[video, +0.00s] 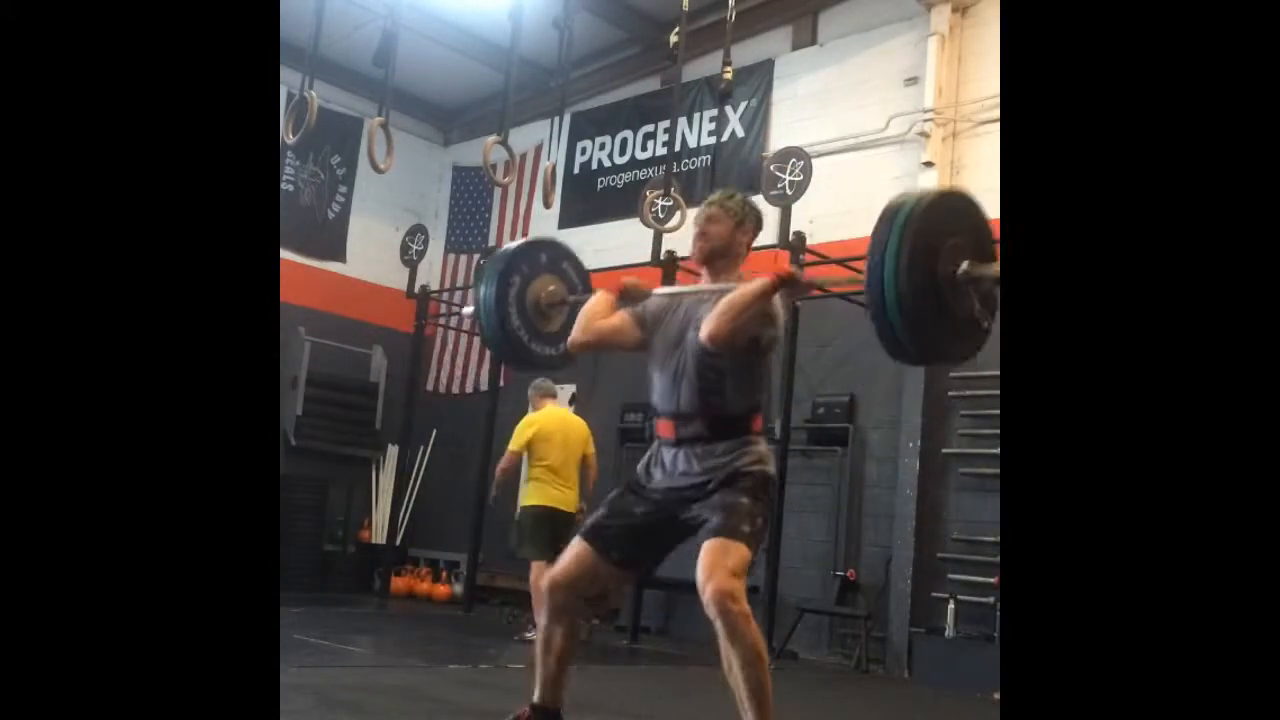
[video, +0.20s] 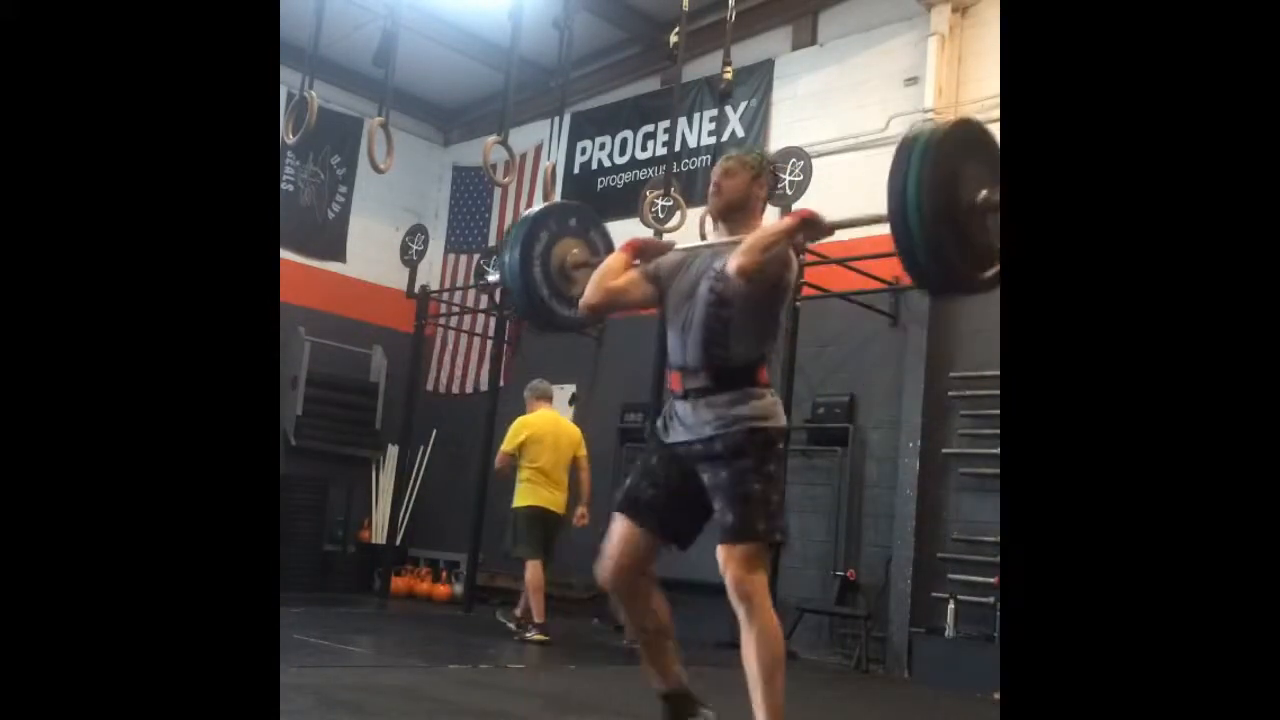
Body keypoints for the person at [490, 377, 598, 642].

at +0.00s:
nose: (531, 407)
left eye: (531, 404)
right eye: (532, 404)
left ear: (536, 400)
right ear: (555, 398)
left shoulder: (533, 420)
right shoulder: (580, 424)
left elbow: (507, 464)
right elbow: (591, 467)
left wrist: (496, 487)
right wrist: (587, 500)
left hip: (536, 502)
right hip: (568, 505)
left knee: (539, 565)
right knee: (559, 565)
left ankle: (541, 626)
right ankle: (560, 623)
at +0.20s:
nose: (527, 407)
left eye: (527, 403)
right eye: (529, 403)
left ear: (531, 401)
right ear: (551, 401)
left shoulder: (525, 423)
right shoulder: (573, 430)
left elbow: (501, 461)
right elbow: (583, 468)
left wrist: (513, 467)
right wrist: (584, 503)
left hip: (529, 500)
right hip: (557, 505)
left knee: (533, 561)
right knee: (537, 562)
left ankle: (538, 623)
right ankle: (520, 614)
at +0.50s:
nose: (520, 404)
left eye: (521, 400)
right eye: (522, 401)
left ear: (525, 400)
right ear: (545, 401)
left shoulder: (516, 420)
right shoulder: (559, 433)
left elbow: (494, 455)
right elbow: (560, 475)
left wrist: (516, 455)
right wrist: (552, 496)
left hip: (515, 499)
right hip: (542, 503)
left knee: (507, 555)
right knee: (526, 562)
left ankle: (527, 606)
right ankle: (510, 615)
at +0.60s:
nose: (518, 402)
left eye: (519, 398)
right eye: (519, 398)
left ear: (524, 398)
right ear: (543, 401)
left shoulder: (516, 419)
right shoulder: (554, 431)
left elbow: (491, 454)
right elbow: (553, 465)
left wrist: (512, 459)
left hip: (511, 499)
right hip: (537, 503)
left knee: (491, 552)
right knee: (522, 559)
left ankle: (516, 599)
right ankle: (512, 613)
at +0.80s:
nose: (510, 400)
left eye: (513, 396)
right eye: (512, 395)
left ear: (523, 398)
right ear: (533, 400)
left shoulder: (513, 419)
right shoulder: (544, 430)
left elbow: (486, 452)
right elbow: (532, 466)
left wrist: (508, 458)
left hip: (502, 497)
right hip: (529, 503)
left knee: (476, 549)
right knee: (520, 559)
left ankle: (480, 610)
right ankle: (510, 617)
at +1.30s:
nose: (469, 399)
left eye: (472, 394)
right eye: (470, 394)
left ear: (483, 397)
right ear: (491, 399)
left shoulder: (471, 424)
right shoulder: (508, 429)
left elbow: (449, 459)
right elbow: (503, 463)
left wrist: (473, 460)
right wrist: (471, 460)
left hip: (467, 497)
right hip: (495, 500)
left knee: (447, 551)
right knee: (494, 552)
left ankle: (436, 606)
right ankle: (506, 609)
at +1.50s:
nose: (453, 398)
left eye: (455, 394)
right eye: (453, 394)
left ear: (464, 395)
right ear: (475, 396)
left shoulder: (453, 421)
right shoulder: (493, 427)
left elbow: (433, 457)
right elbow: (497, 464)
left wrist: (437, 441)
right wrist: (491, 493)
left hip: (448, 496)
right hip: (476, 500)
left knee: (440, 551)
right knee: (475, 551)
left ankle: (436, 606)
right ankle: (491, 591)